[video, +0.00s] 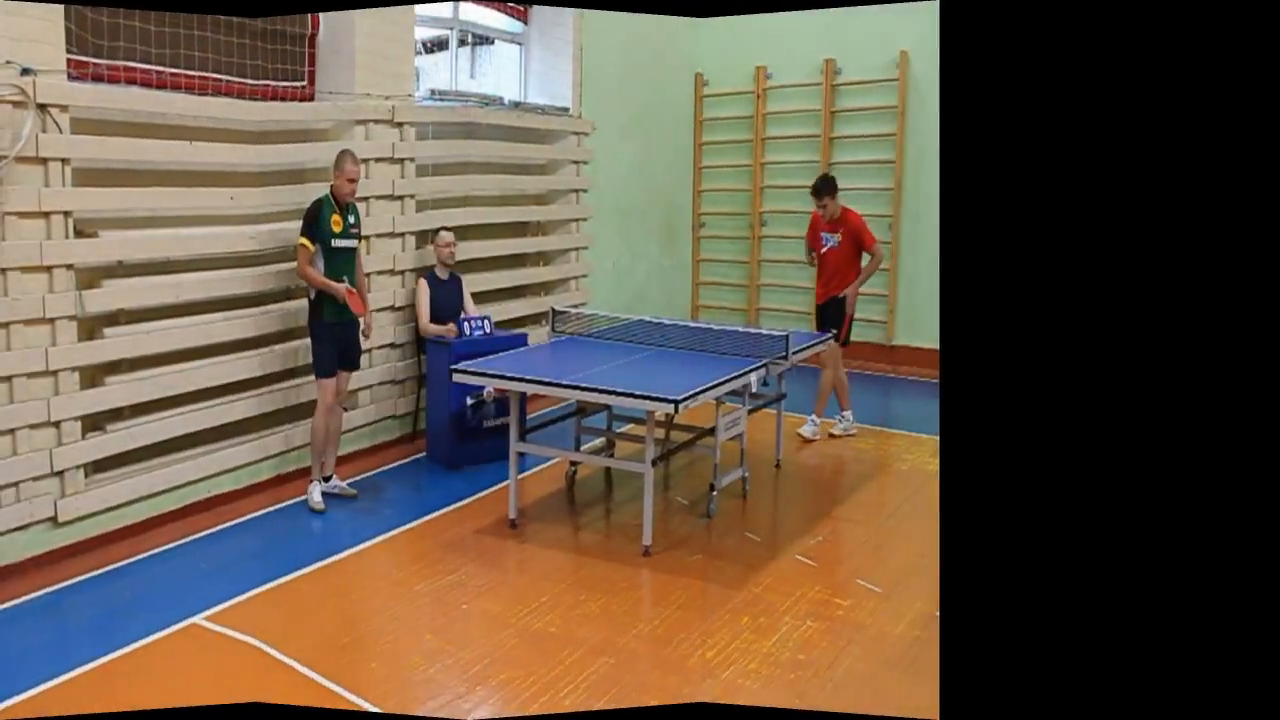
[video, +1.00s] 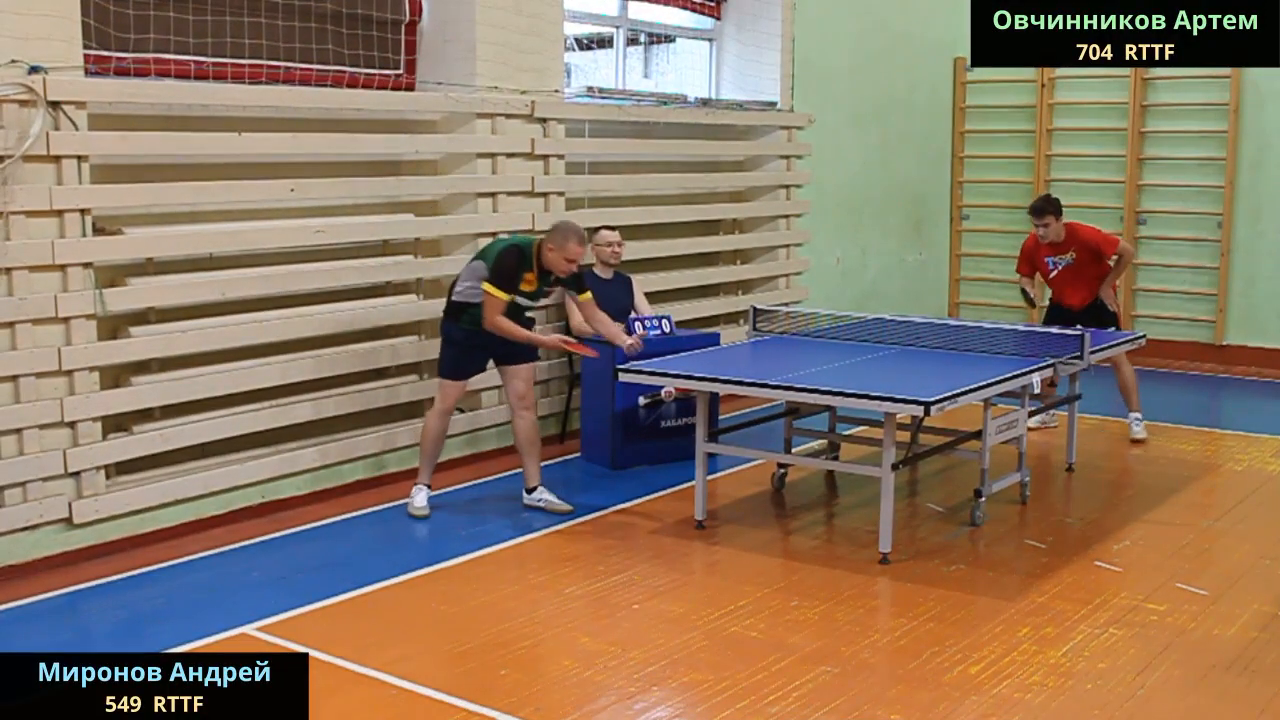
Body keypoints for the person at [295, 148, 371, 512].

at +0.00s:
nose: (354, 187)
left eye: (357, 181)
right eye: (349, 180)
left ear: (359, 180)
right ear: (333, 177)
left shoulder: (354, 212)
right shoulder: (318, 211)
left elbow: (356, 262)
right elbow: (303, 266)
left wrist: (367, 309)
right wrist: (334, 287)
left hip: (348, 314)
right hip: (324, 314)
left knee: (339, 397)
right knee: (327, 398)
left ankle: (330, 475)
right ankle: (315, 480)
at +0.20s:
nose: (439, 185)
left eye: (442, 178)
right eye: (433, 177)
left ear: (444, 177)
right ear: (412, 173)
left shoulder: (439, 210)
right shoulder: (387, 211)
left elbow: (448, 258)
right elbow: (368, 268)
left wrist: (458, 299)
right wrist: (418, 285)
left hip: (436, 320)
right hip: (400, 323)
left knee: (435, 399)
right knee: (400, 401)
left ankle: (410, 477)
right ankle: (388, 487)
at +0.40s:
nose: (473, 191)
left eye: (476, 184)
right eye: (467, 184)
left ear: (475, 182)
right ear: (444, 180)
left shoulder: (471, 211)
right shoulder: (414, 216)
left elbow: (484, 251)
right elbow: (396, 275)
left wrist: (498, 280)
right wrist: (450, 287)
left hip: (466, 319)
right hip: (426, 325)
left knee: (503, 388)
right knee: (426, 404)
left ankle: (466, 465)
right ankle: (414, 488)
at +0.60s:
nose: (494, 208)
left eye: (497, 201)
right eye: (488, 201)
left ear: (495, 198)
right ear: (466, 195)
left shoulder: (491, 224)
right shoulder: (433, 225)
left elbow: (508, 264)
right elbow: (414, 287)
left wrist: (537, 294)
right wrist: (470, 301)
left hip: (477, 326)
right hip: (434, 331)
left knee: (505, 400)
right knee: (431, 410)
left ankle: (527, 484)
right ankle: (416, 489)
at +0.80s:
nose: (540, 240)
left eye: (543, 233)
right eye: (534, 232)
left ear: (540, 228)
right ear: (513, 223)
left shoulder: (533, 251)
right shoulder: (475, 239)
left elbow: (554, 293)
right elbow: (449, 300)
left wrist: (589, 320)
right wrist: (501, 323)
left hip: (491, 325)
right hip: (447, 324)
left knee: (514, 403)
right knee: (439, 407)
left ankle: (532, 489)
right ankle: (416, 489)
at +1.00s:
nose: (573, 268)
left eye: (577, 263)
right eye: (569, 261)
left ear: (579, 256)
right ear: (548, 248)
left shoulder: (569, 269)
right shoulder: (510, 256)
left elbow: (593, 313)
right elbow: (491, 320)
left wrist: (624, 339)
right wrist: (540, 340)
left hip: (511, 322)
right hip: (465, 322)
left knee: (524, 400)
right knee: (446, 404)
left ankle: (533, 489)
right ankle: (421, 486)